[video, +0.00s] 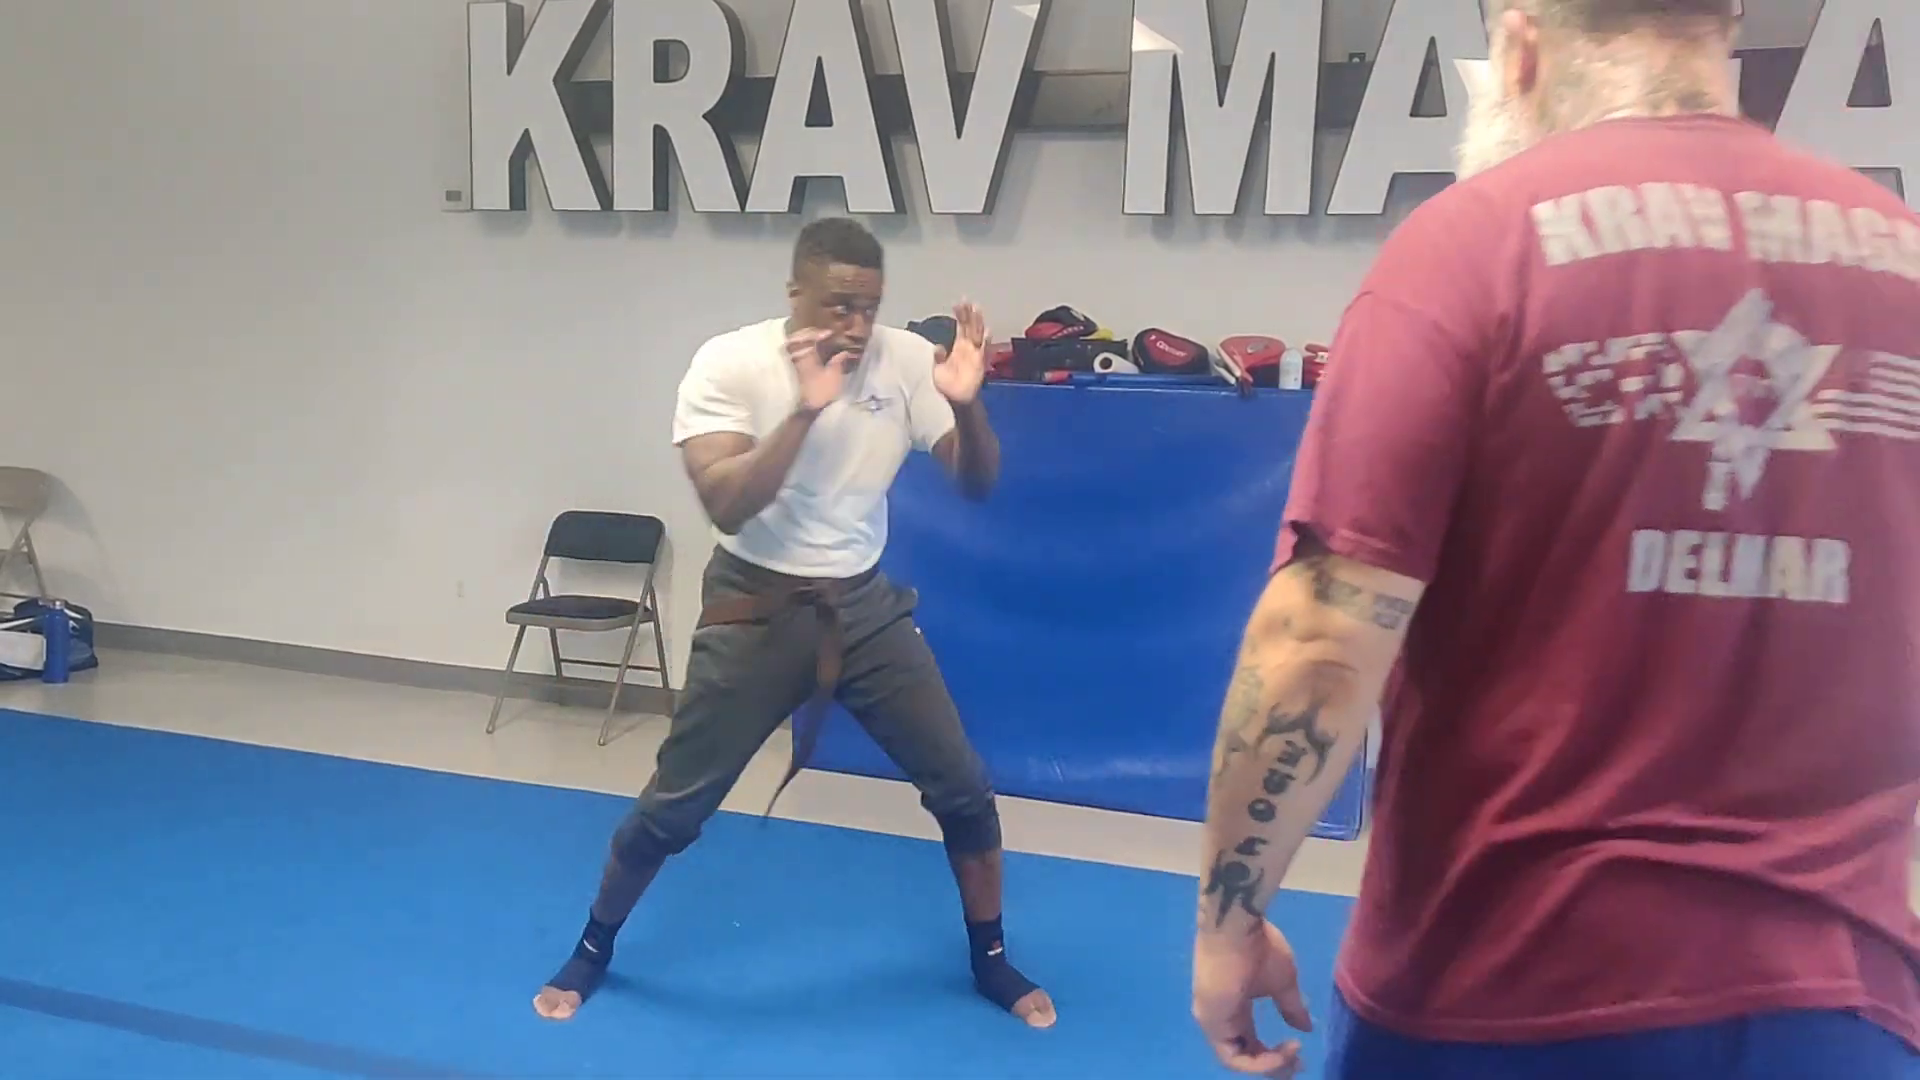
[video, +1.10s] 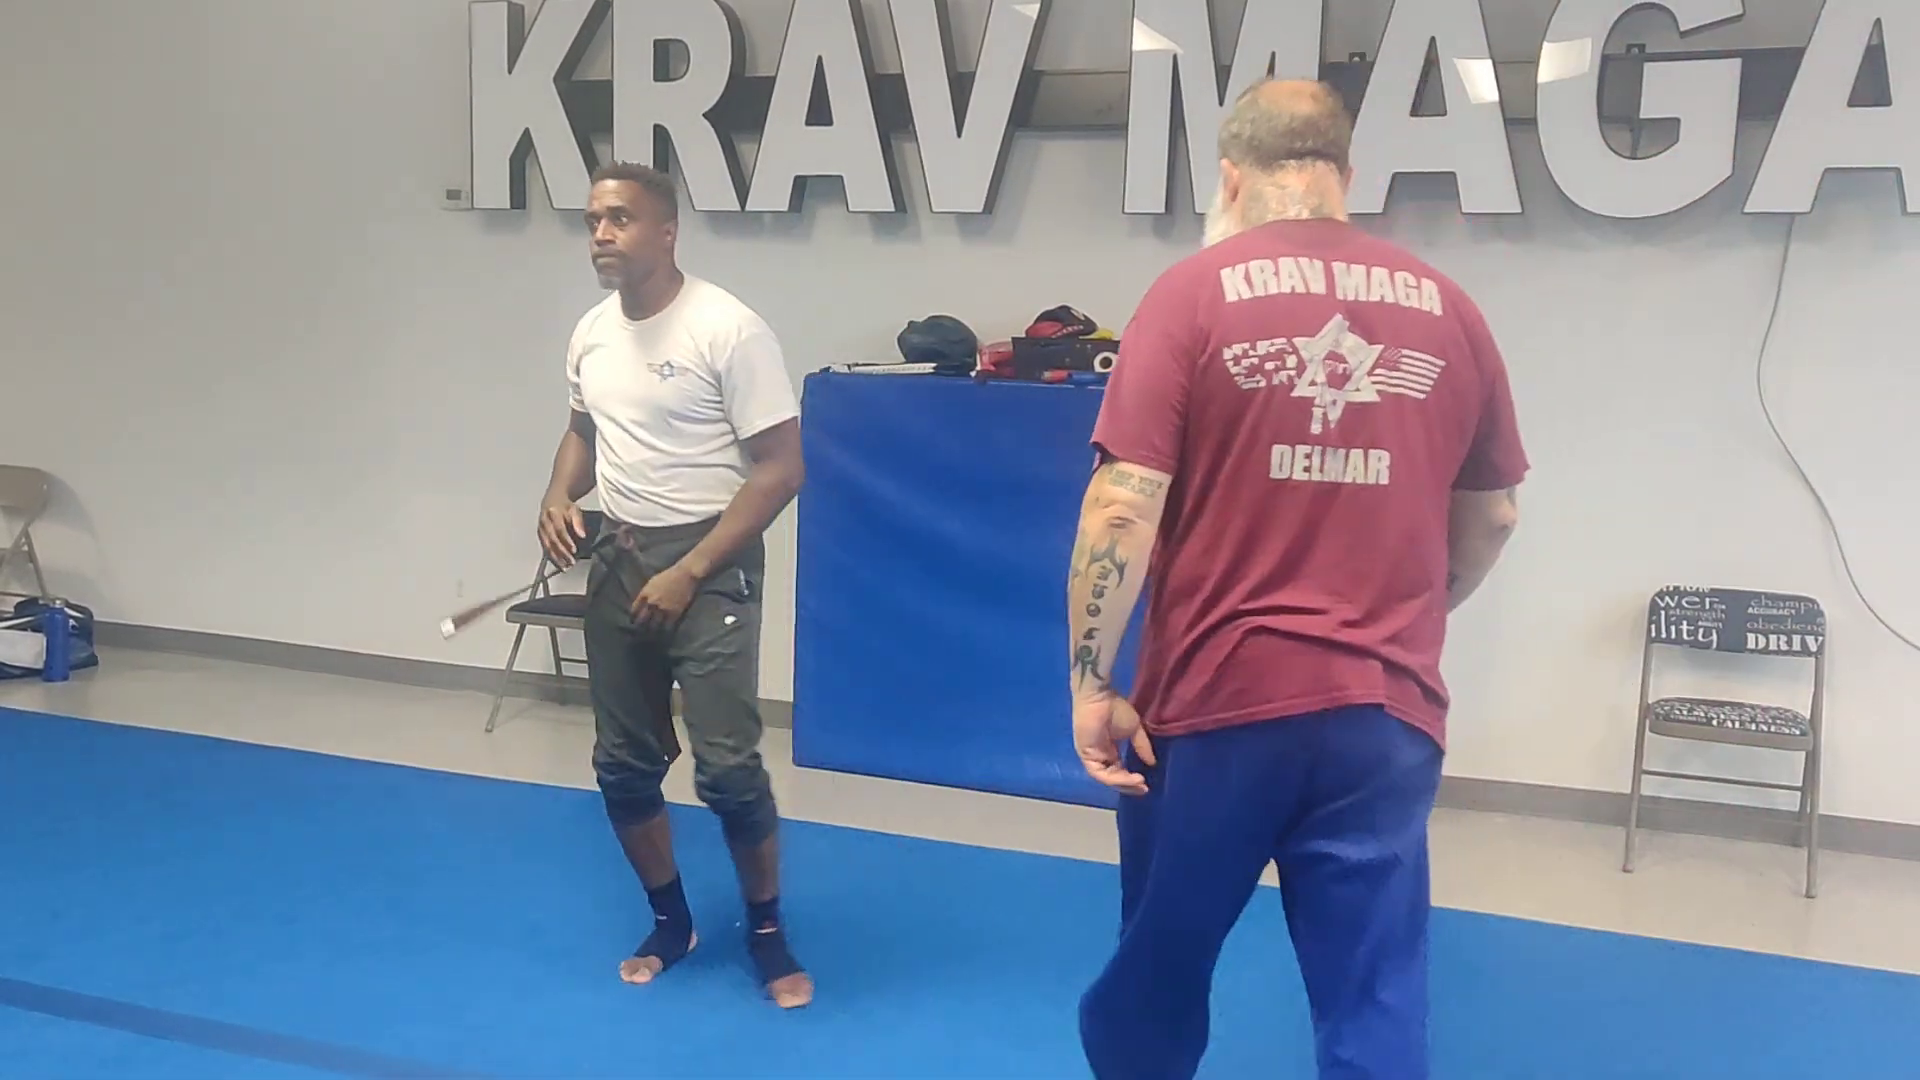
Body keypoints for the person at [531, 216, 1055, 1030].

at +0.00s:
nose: (852, 326)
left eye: (867, 308)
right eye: (835, 308)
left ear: (881, 301)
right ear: (793, 294)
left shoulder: (904, 359)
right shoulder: (727, 366)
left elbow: (977, 480)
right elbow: (726, 506)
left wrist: (966, 405)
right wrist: (805, 411)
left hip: (866, 606)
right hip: (756, 607)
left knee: (965, 791)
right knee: (672, 809)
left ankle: (990, 959)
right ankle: (592, 949)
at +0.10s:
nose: (921, 328)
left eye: (929, 312)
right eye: (904, 309)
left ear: (932, 304)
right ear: (854, 294)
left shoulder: (910, 369)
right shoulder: (800, 353)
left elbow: (919, 505)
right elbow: (875, 446)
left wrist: (938, 457)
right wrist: (965, 343)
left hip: (885, 591)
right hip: (794, 590)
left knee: (981, 774)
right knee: (715, 798)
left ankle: (993, 959)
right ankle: (600, 916)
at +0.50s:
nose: (902, 316)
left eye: (915, 299)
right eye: (885, 299)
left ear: (929, 290)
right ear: (847, 284)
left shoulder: (947, 353)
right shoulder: (787, 359)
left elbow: (1005, 479)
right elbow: (787, 502)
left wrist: (997, 389)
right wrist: (873, 411)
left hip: (905, 587)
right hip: (799, 580)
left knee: (986, 786)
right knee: (726, 788)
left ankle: (995, 958)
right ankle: (646, 911)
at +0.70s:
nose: (788, 300)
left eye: (805, 283)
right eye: (774, 283)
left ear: (837, 277)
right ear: (756, 278)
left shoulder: (886, 362)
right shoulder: (710, 358)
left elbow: (930, 495)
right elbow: (665, 494)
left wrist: (863, 443)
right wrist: (731, 446)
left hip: (851, 587)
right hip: (740, 582)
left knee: (936, 779)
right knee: (684, 786)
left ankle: (990, 957)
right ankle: (681, 927)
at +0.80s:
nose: (723, 289)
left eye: (741, 273)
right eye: (710, 273)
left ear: (779, 274)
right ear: (696, 278)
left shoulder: (835, 364)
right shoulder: (665, 359)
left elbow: (879, 499)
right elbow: (611, 484)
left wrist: (786, 530)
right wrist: (658, 472)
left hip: (804, 597)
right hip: (691, 592)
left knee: (890, 779)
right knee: (648, 789)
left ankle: (973, 949)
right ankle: (675, 925)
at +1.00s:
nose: (630, 251)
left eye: (648, 235)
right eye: (621, 237)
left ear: (695, 243)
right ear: (616, 250)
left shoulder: (758, 343)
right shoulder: (613, 340)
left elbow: (811, 481)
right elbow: (589, 438)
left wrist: (724, 580)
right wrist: (571, 490)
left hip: (736, 574)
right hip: (637, 570)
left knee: (793, 779)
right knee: (626, 778)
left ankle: (859, 937)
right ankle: (671, 922)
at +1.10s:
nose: (600, 235)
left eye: (620, 219)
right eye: (593, 221)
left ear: (670, 231)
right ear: (590, 236)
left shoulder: (730, 329)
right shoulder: (592, 330)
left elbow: (782, 468)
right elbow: (583, 432)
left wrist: (690, 569)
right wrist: (559, 495)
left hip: (712, 568)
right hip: (616, 561)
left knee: (729, 771)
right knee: (624, 766)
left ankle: (767, 937)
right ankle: (670, 923)